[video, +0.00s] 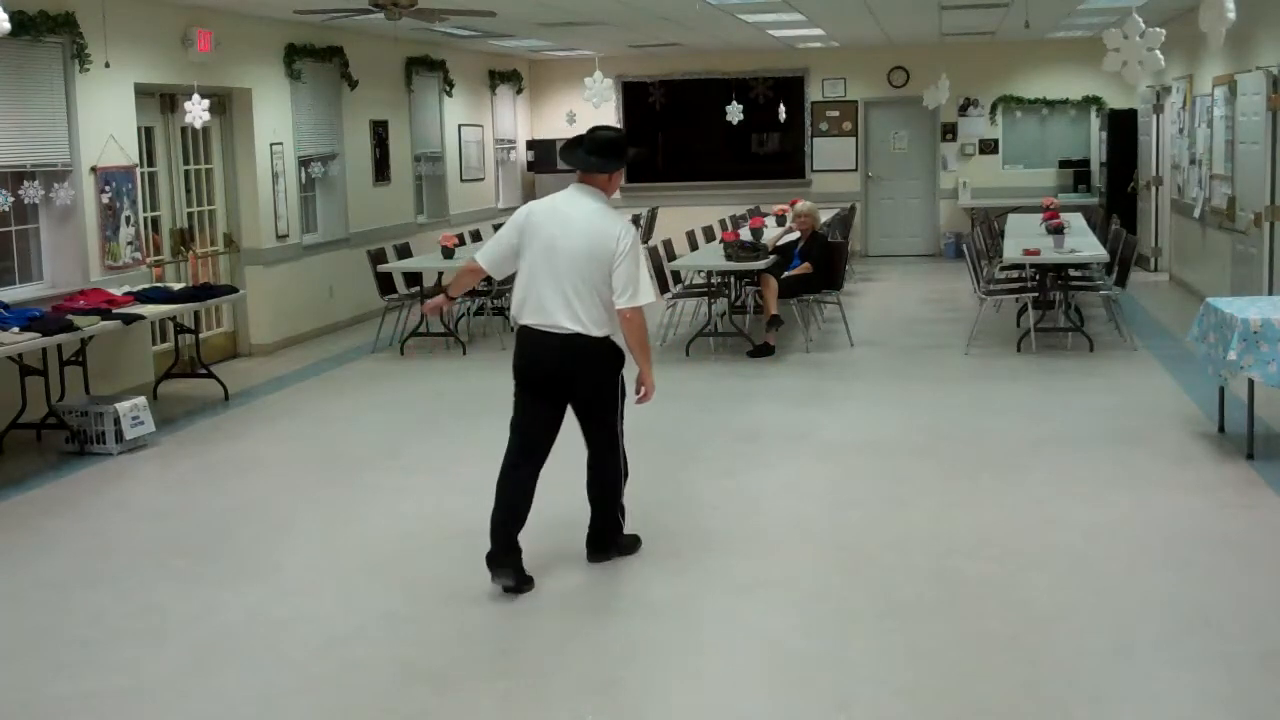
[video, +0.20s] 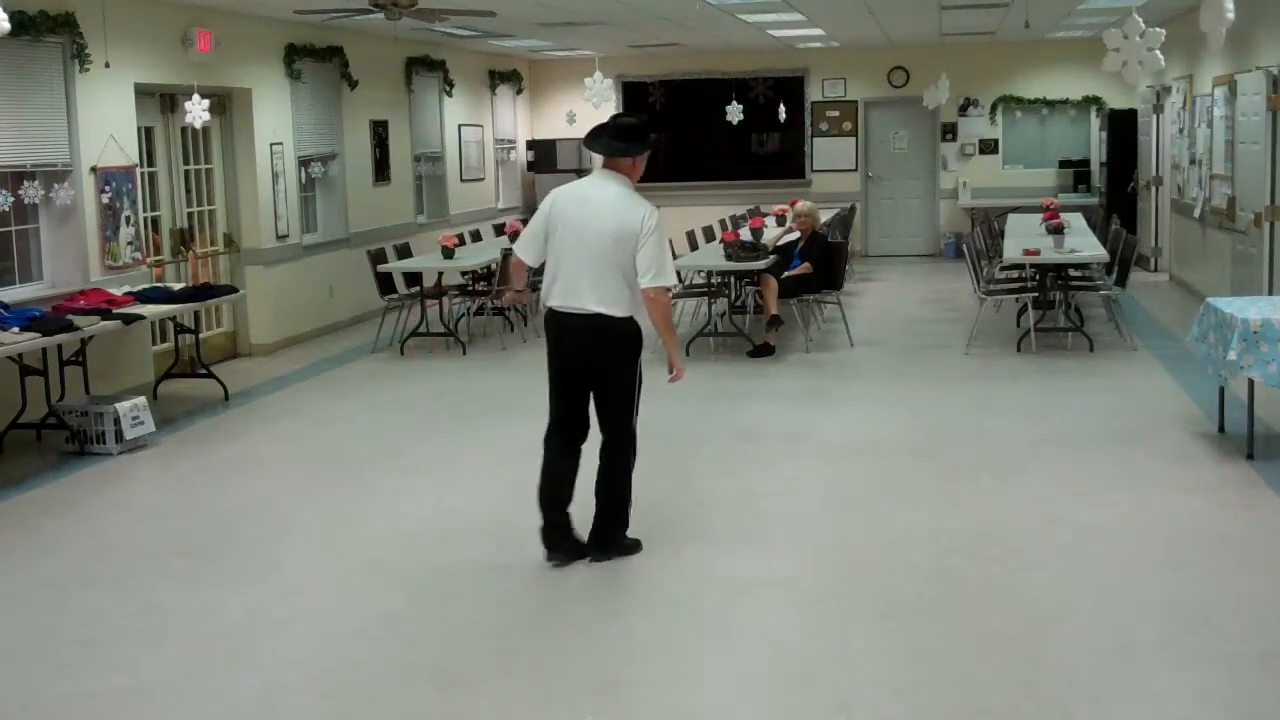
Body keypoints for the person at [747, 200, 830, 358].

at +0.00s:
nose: (801, 220)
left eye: (805, 216)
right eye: (798, 217)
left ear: (814, 219)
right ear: (794, 221)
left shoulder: (820, 240)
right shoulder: (796, 242)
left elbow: (809, 267)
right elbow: (767, 249)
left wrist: (785, 276)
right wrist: (785, 230)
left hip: (809, 279)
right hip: (790, 275)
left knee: (768, 291)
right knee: (765, 275)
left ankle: (769, 343)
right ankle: (773, 315)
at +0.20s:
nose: (801, 220)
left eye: (805, 216)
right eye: (798, 217)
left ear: (814, 219)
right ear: (794, 221)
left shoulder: (820, 240)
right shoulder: (796, 242)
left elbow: (809, 267)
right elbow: (767, 249)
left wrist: (785, 276)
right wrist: (785, 230)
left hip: (809, 279)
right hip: (790, 275)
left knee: (768, 291)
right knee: (765, 275)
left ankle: (769, 343)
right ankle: (773, 315)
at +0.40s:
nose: (802, 219)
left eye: (806, 216)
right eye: (798, 216)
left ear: (814, 219)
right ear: (795, 220)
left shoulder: (820, 240)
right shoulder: (796, 241)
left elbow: (809, 267)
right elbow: (767, 249)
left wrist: (785, 276)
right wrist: (784, 231)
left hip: (809, 279)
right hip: (790, 275)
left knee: (768, 292)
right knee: (765, 275)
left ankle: (769, 343)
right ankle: (774, 315)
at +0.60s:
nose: (801, 218)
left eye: (805, 214)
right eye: (798, 215)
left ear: (813, 218)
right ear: (794, 220)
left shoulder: (820, 240)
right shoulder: (796, 242)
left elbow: (809, 267)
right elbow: (767, 249)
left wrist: (785, 276)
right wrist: (784, 231)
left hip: (809, 279)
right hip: (790, 275)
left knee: (768, 292)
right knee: (765, 275)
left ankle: (769, 343)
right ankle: (774, 315)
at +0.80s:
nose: (801, 217)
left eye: (805, 214)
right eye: (798, 214)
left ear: (813, 219)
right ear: (794, 220)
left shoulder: (820, 239)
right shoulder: (795, 242)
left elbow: (809, 267)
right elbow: (767, 249)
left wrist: (785, 276)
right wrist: (784, 231)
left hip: (809, 279)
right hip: (790, 275)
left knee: (768, 292)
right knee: (765, 275)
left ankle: (769, 343)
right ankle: (773, 315)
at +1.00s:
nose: (801, 217)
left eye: (805, 214)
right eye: (798, 215)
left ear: (813, 219)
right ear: (794, 219)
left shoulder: (819, 239)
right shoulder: (795, 243)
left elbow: (810, 266)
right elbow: (767, 249)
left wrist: (785, 276)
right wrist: (785, 231)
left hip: (810, 279)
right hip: (791, 277)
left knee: (768, 291)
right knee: (767, 277)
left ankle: (771, 341)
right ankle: (773, 316)